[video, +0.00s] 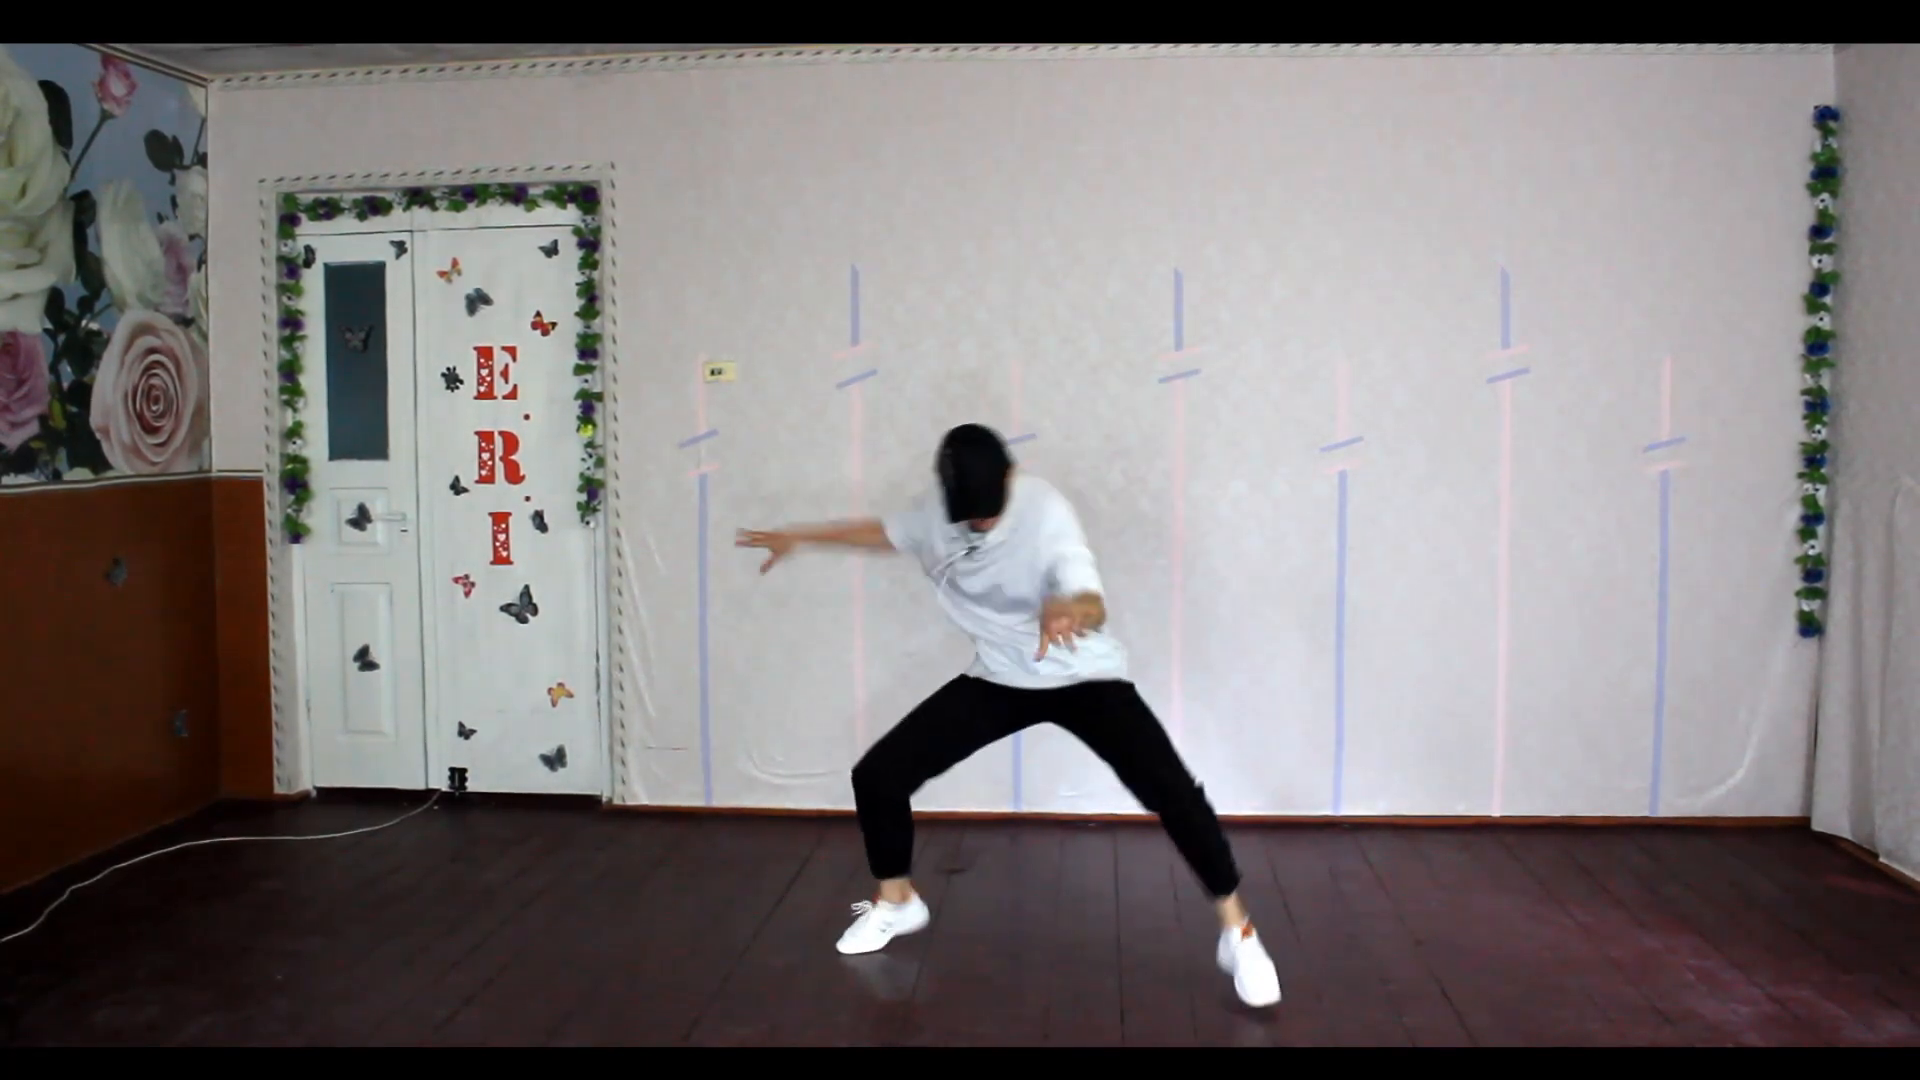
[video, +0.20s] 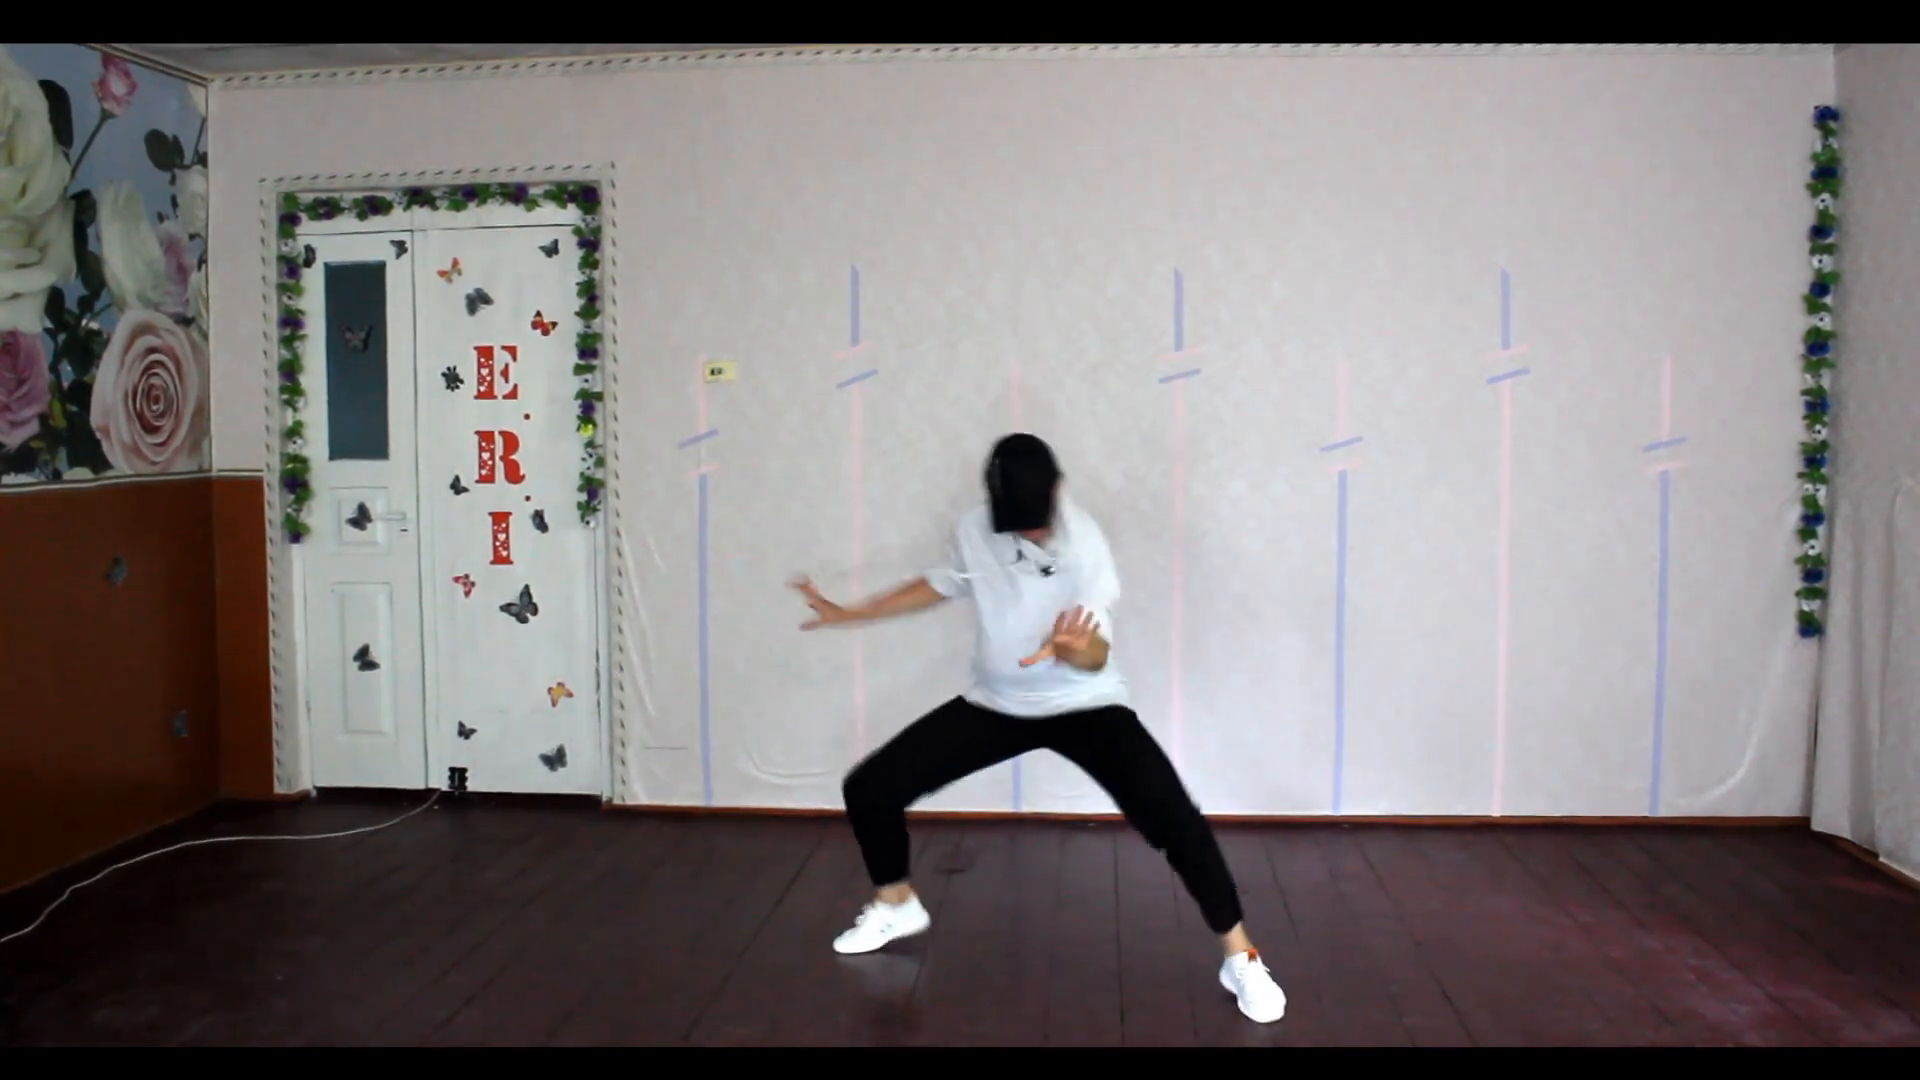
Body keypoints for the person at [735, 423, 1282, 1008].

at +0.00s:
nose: (982, 527)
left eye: (991, 516)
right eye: (969, 519)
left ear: (1007, 486)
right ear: (947, 499)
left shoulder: (1045, 511)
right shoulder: (930, 522)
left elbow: (1090, 603)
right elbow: (877, 535)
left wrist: (1061, 611)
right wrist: (795, 537)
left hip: (1085, 682)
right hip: (996, 682)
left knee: (1174, 794)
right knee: (879, 775)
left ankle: (1237, 929)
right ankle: (896, 901)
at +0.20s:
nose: (1034, 535)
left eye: (1040, 523)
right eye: (1019, 526)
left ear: (1056, 496)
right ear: (996, 506)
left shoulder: (1082, 539)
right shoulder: (976, 532)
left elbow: (1099, 652)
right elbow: (939, 587)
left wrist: (1076, 651)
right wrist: (851, 615)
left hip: (1086, 707)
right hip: (996, 706)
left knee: (1174, 817)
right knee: (870, 789)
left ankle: (1239, 952)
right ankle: (897, 902)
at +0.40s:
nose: (963, 537)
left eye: (974, 524)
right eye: (952, 527)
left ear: (995, 493)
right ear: (931, 507)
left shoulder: (1031, 514)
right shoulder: (924, 527)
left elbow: (1087, 577)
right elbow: (868, 526)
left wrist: (1063, 577)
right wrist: (789, 515)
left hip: (1094, 692)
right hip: (1006, 696)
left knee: (1199, 784)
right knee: (875, 773)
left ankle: (1253, 940)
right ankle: (882, 898)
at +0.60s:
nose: (1021, 534)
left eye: (1030, 523)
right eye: (1008, 525)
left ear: (1048, 494)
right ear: (986, 501)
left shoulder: (1087, 538)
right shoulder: (968, 540)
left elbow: (1111, 645)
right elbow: (946, 589)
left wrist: (1080, 632)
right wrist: (862, 595)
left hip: (1096, 715)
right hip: (1008, 711)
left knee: (1169, 836)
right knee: (887, 799)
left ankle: (1253, 958)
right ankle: (904, 914)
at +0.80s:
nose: (999, 525)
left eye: (1006, 513)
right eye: (986, 517)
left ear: (1025, 487)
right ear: (967, 503)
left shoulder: (1064, 524)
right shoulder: (959, 537)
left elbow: (1118, 617)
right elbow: (904, 577)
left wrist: (1097, 602)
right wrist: (817, 573)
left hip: (1098, 701)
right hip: (1012, 700)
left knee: (1175, 827)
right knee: (881, 777)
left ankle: (1255, 953)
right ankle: (888, 899)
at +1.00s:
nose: (997, 496)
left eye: (1005, 485)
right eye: (988, 486)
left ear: (1021, 472)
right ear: (975, 478)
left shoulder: (1072, 500)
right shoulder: (967, 532)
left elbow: (1106, 589)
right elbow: (917, 592)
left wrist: (1056, 599)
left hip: (1114, 684)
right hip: (1022, 688)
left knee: (1209, 797)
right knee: (902, 786)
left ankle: (1267, 939)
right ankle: (891, 904)